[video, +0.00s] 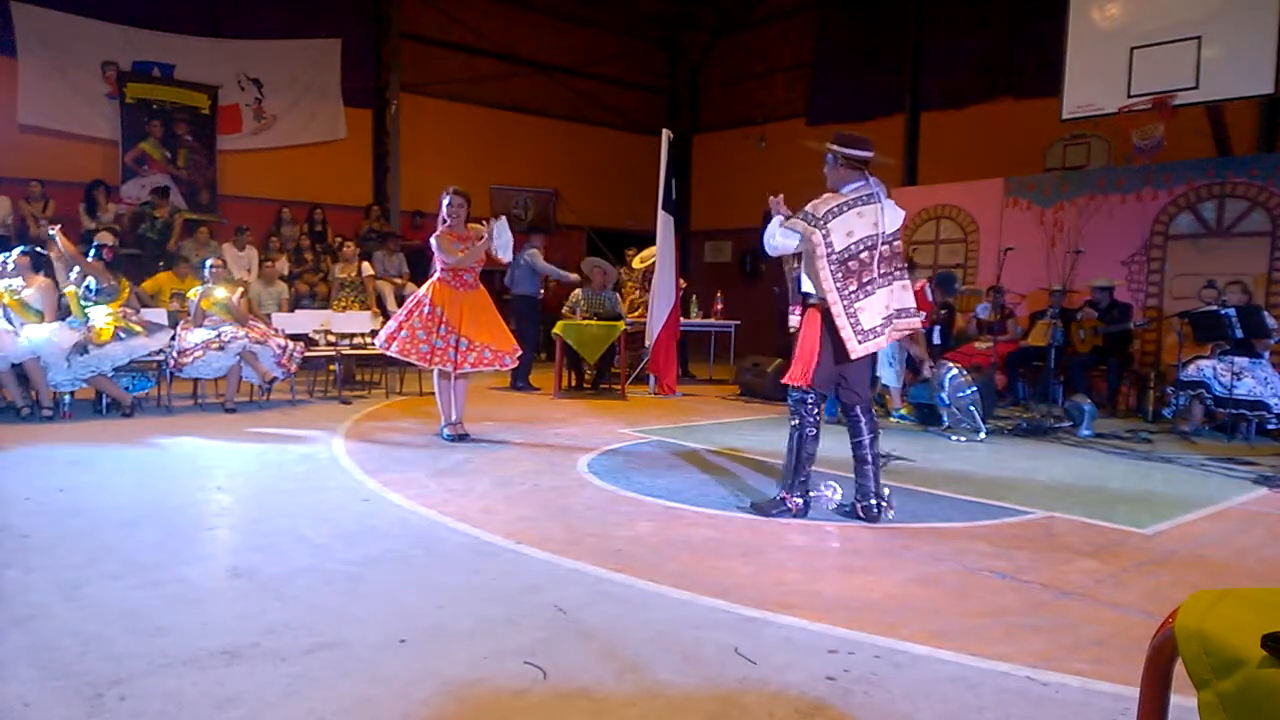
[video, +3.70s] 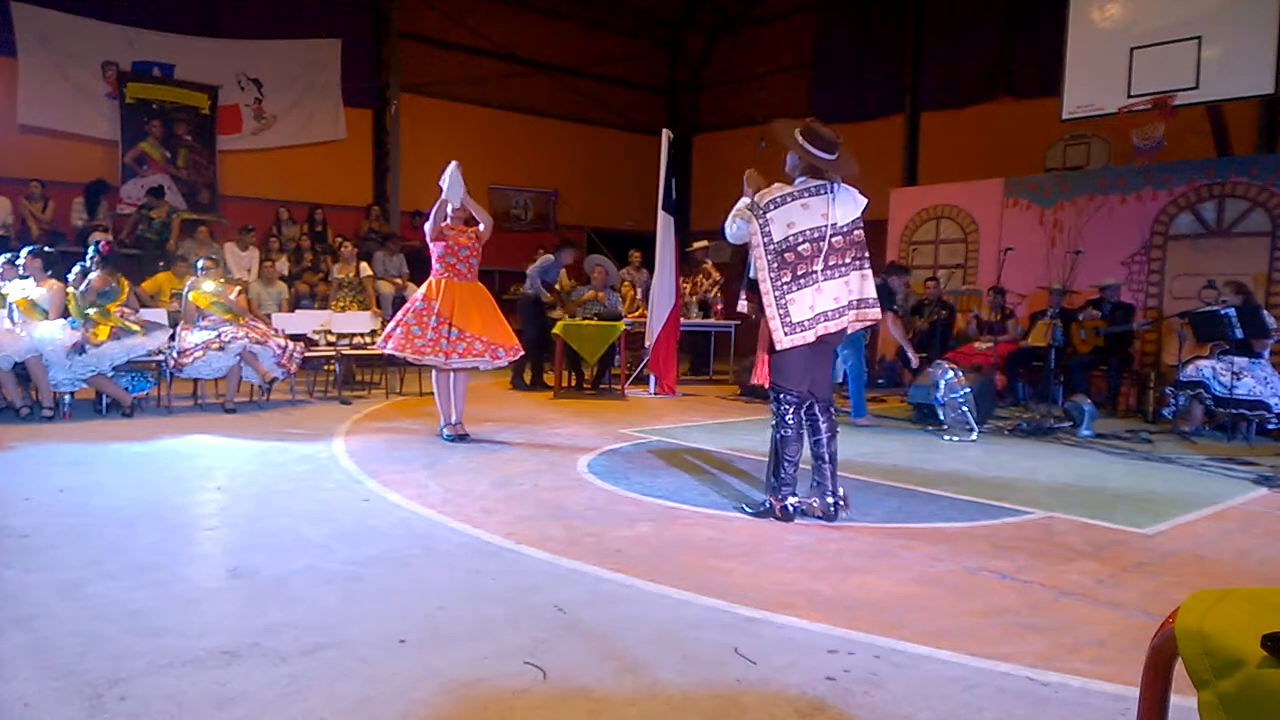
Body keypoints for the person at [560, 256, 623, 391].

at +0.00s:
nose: (597, 276)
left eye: (599, 273)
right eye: (595, 273)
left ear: (605, 277)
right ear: (590, 275)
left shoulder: (613, 296)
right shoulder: (578, 293)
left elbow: (620, 316)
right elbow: (565, 311)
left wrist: (600, 317)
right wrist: (577, 318)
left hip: (603, 332)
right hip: (581, 331)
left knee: (610, 349)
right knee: (570, 345)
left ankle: (597, 380)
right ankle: (578, 377)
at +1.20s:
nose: (583, 277)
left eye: (587, 274)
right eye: (584, 274)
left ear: (598, 278)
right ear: (584, 277)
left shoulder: (610, 295)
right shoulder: (578, 292)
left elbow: (618, 311)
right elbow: (557, 298)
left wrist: (601, 302)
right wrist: (572, 301)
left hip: (602, 330)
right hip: (579, 329)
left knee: (610, 348)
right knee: (570, 346)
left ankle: (597, 380)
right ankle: (579, 377)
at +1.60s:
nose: (578, 278)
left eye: (582, 275)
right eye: (579, 275)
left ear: (592, 278)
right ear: (578, 277)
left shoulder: (608, 294)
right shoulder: (575, 295)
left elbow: (618, 311)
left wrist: (600, 305)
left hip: (602, 331)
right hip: (580, 331)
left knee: (610, 348)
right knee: (570, 344)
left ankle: (597, 380)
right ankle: (579, 377)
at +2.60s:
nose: (594, 276)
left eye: (597, 273)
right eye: (593, 273)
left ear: (605, 278)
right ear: (588, 275)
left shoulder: (612, 297)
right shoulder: (579, 293)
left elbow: (621, 315)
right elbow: (565, 309)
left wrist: (600, 314)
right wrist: (578, 303)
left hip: (603, 332)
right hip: (580, 331)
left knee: (609, 348)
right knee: (571, 345)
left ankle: (597, 381)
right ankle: (579, 379)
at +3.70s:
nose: (595, 276)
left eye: (599, 273)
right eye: (593, 272)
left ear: (606, 277)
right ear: (590, 275)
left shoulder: (613, 296)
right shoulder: (580, 291)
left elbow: (620, 314)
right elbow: (569, 305)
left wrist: (606, 303)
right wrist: (583, 299)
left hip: (603, 329)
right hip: (582, 327)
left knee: (610, 348)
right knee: (570, 345)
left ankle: (597, 379)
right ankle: (579, 376)